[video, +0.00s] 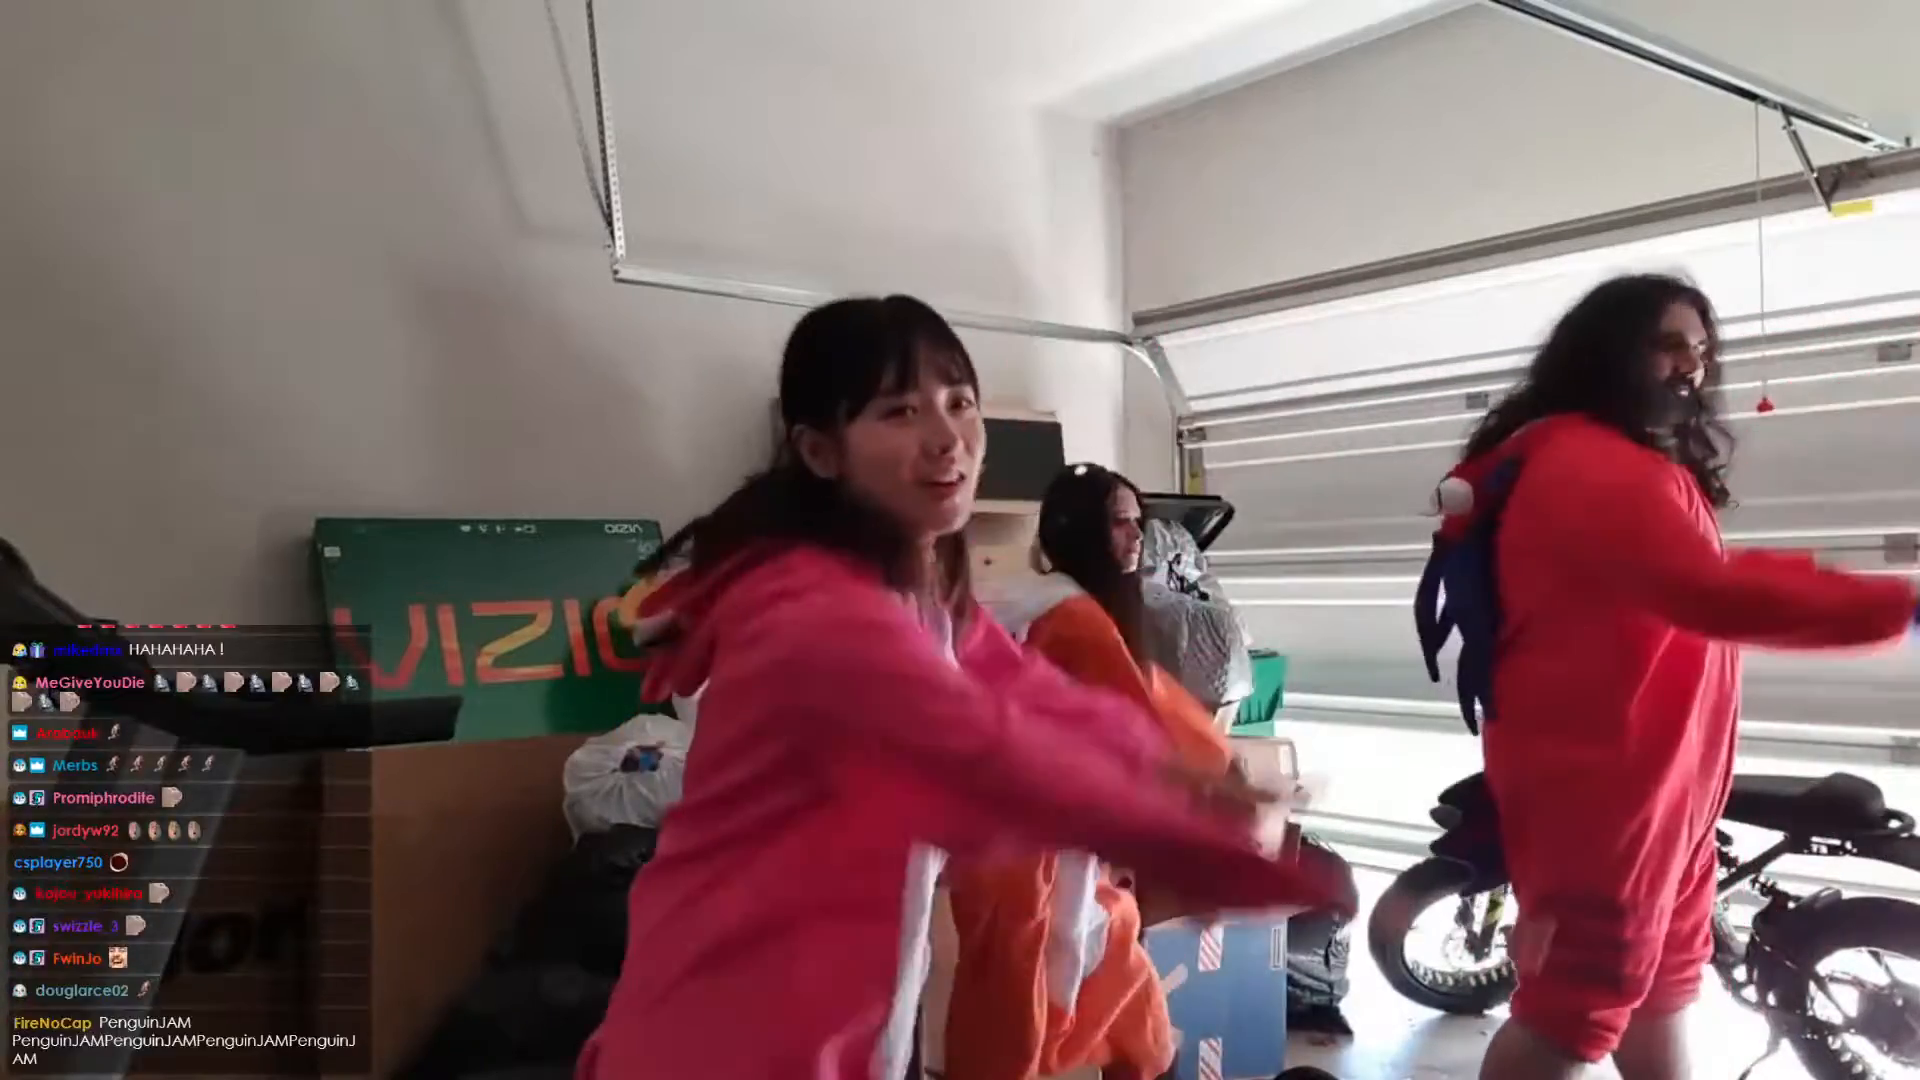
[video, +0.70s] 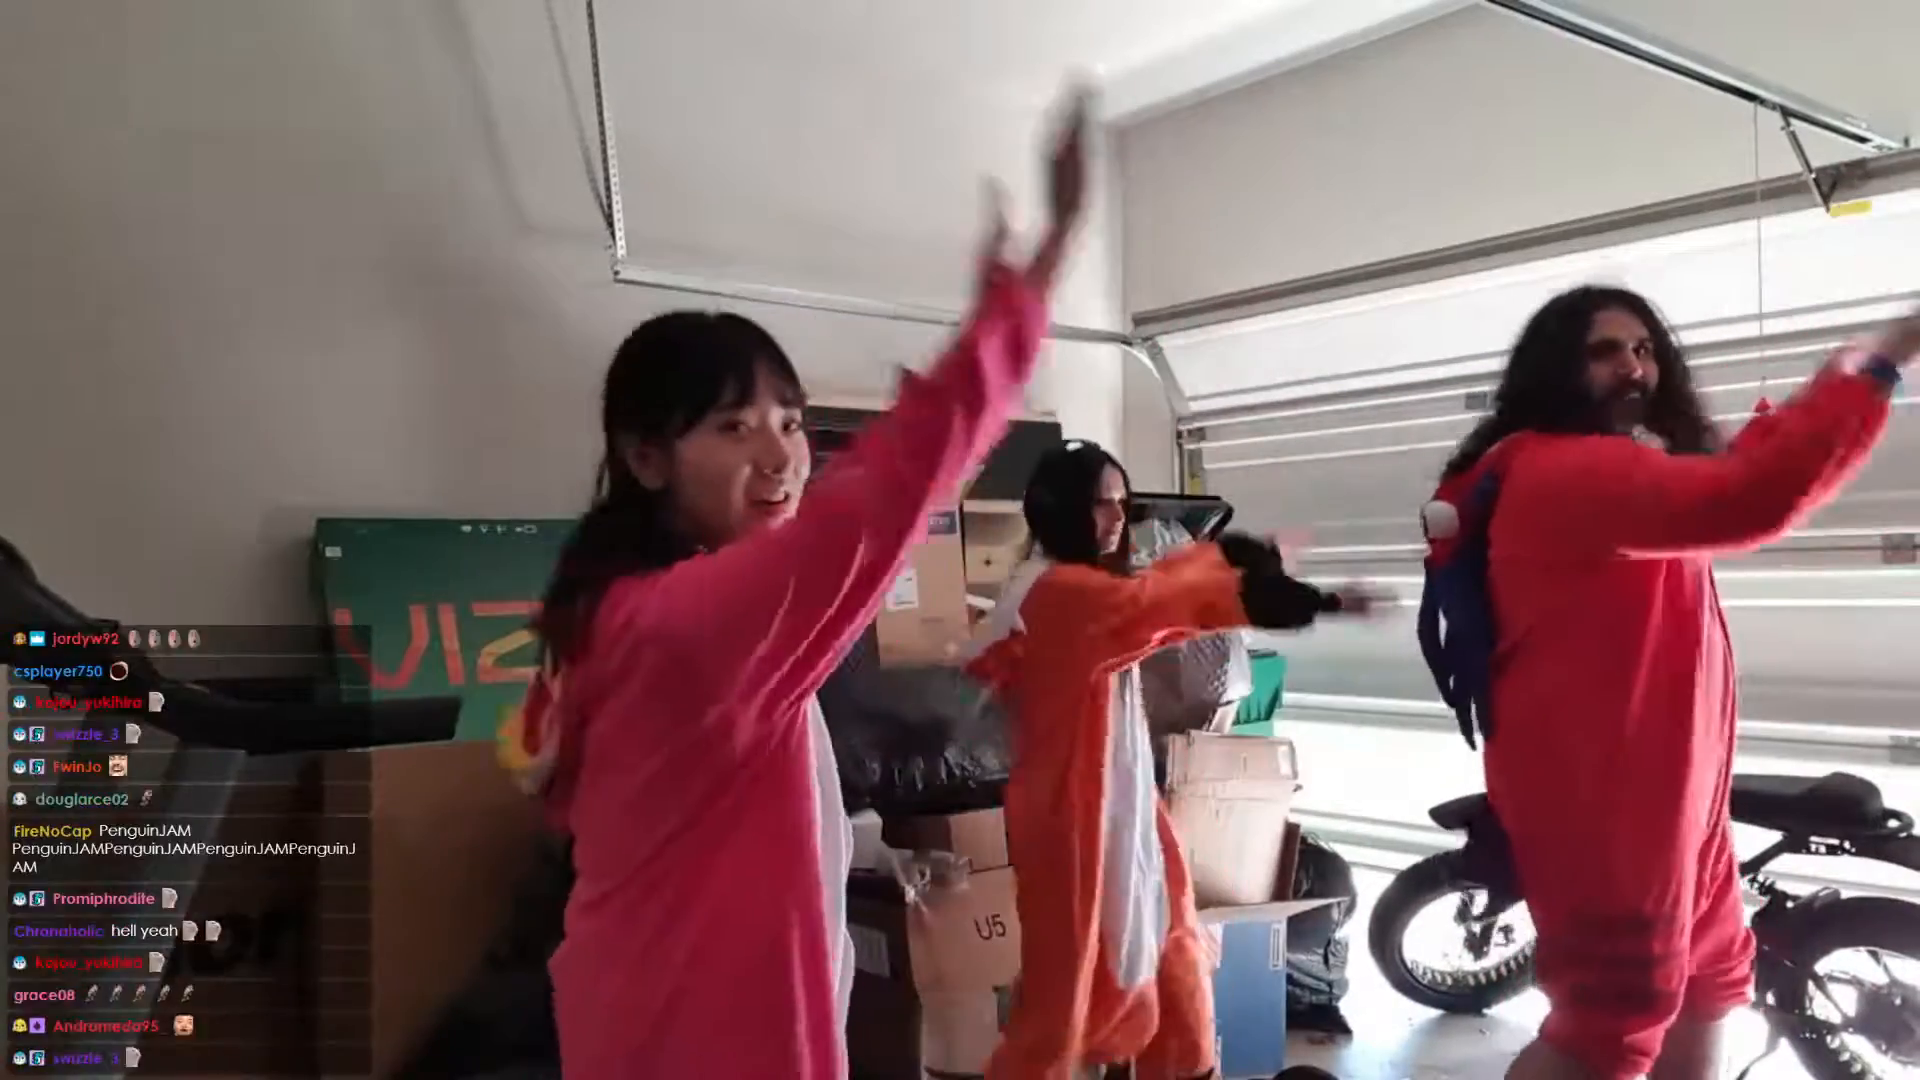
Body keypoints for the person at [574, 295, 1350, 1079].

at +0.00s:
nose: (947, 439)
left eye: (958, 405)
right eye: (900, 412)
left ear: (979, 423)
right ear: (819, 447)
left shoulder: (935, 602)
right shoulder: (806, 609)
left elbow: (1050, 705)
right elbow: (1002, 767)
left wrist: (1204, 788)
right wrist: (1276, 874)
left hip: (856, 1043)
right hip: (720, 1047)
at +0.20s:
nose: (962, 522)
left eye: (977, 483)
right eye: (915, 487)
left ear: (998, 506)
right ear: (831, 517)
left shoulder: (910, 698)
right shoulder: (782, 739)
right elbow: (790, 1039)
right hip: (660, 1063)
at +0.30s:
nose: (866, 438)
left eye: (882, 403)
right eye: (820, 404)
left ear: (903, 426)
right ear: (730, 434)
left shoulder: (820, 614)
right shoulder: (728, 649)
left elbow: (930, 806)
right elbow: (884, 926)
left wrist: (1036, 964)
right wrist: (1012, 1052)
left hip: (768, 1045)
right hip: (668, 1057)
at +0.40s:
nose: (769, 408)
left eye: (783, 374)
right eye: (721, 378)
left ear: (807, 389)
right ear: (631, 410)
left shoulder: (733, 579)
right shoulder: (663, 599)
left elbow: (947, 624)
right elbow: (919, 685)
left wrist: (1151, 628)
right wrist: (1215, 720)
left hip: (785, 1034)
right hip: (695, 1047)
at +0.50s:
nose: (735, 434)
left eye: (743, 400)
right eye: (684, 408)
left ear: (765, 408)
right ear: (596, 444)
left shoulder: (661, 598)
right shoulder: (650, 622)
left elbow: (873, 548)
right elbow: (930, 563)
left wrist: (1047, 417)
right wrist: (1200, 386)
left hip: (757, 1039)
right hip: (712, 1053)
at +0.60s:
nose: (1117, 556)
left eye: (1118, 542)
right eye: (1103, 545)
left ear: (1123, 550)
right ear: (1071, 558)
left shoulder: (1088, 624)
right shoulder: (1064, 639)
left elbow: (1109, 527)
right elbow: (1170, 579)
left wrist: (1124, 447)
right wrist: (1175, 470)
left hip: (1165, 827)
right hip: (1115, 840)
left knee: (1227, 982)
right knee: (1111, 1013)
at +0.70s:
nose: (1118, 519)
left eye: (1123, 504)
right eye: (1103, 505)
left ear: (1127, 508)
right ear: (1063, 511)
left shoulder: (1103, 589)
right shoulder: (1058, 591)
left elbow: (1186, 596)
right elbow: (1153, 600)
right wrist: (1239, 567)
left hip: (1128, 807)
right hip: (1065, 815)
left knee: (1177, 972)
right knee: (1063, 996)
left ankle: (1186, 1068)